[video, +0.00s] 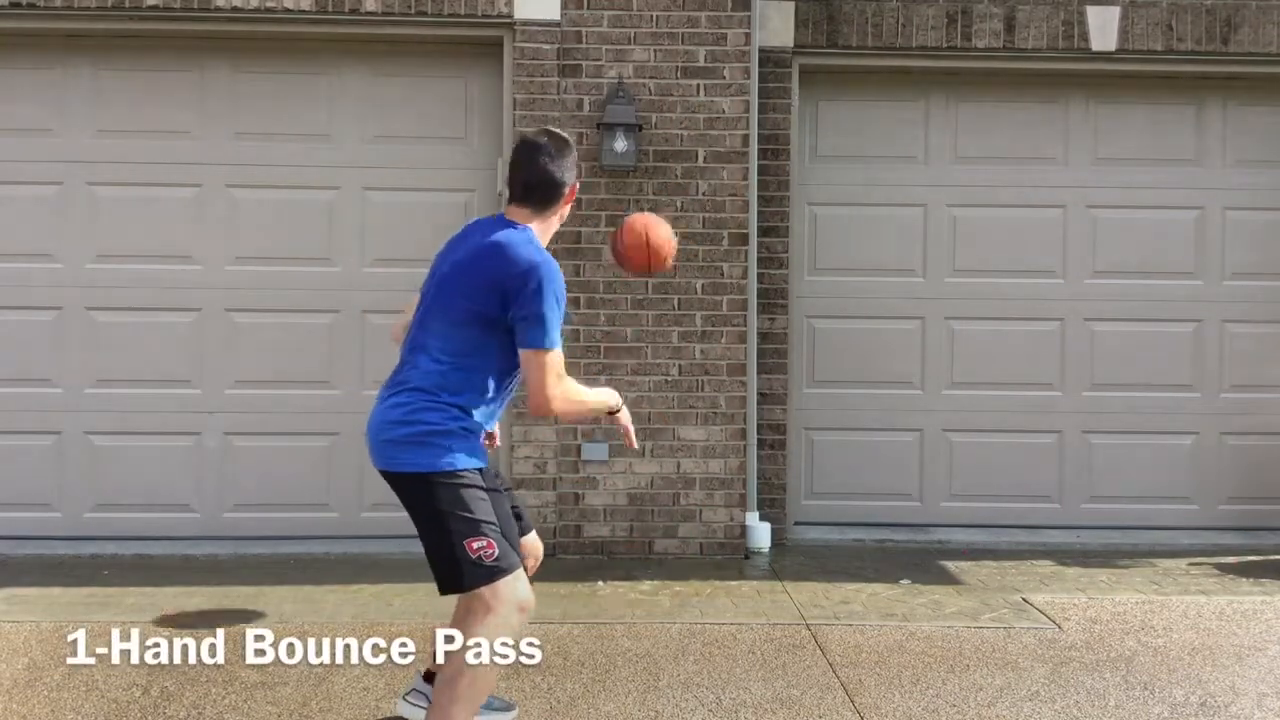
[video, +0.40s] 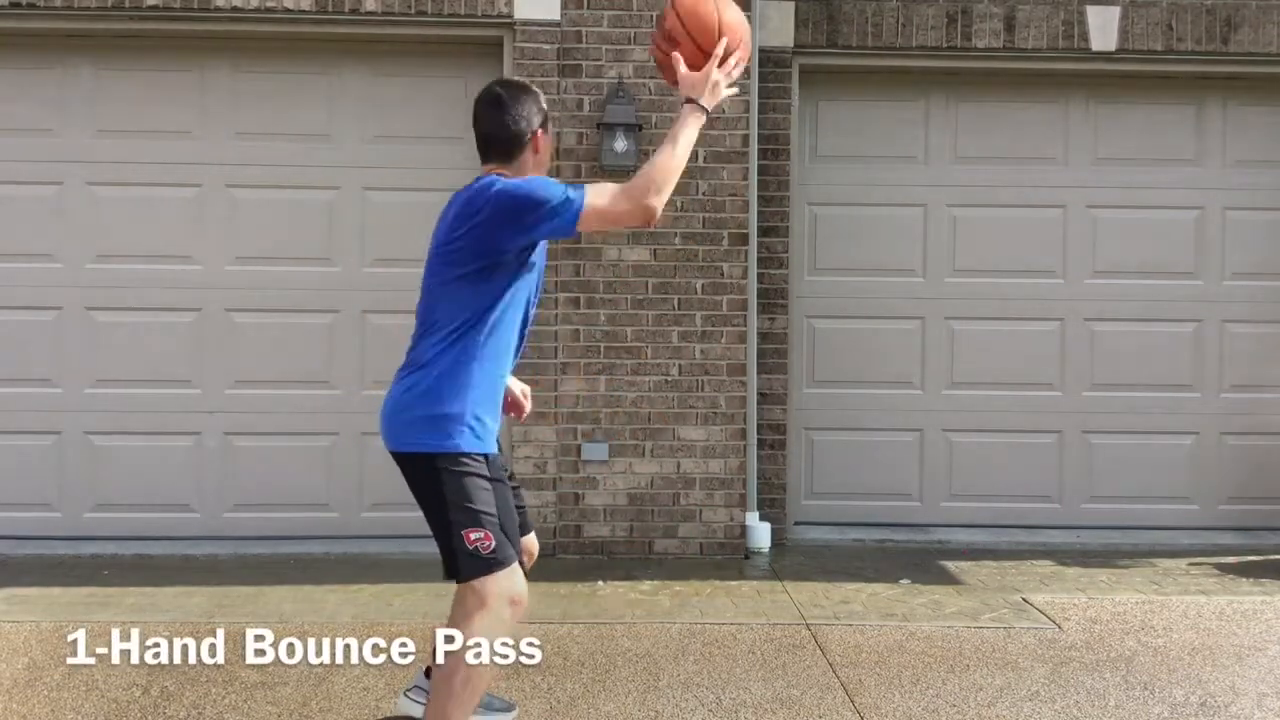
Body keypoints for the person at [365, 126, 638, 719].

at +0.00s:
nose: (576, 199)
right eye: (576, 190)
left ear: (510, 184)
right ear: (570, 196)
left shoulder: (470, 237)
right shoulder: (536, 269)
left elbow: (409, 332)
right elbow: (549, 399)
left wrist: (472, 411)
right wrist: (611, 399)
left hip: (420, 427)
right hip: (433, 437)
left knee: (523, 551)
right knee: (504, 602)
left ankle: (439, 684)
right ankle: (450, 711)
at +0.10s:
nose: (564, 182)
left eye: (562, 172)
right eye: (563, 173)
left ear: (496, 174)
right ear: (556, 182)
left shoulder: (461, 231)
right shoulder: (524, 253)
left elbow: (405, 329)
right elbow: (582, 367)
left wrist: (471, 390)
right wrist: (622, 317)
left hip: (432, 430)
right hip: (441, 440)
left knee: (525, 554)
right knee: (507, 606)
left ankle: (437, 686)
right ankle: (453, 711)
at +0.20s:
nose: (552, 159)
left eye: (547, 150)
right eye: (552, 150)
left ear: (485, 158)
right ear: (543, 160)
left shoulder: (459, 220)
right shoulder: (521, 231)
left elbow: (408, 321)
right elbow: (626, 297)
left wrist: (483, 395)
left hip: (447, 428)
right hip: (444, 436)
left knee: (521, 555)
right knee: (510, 606)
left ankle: (437, 686)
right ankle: (450, 712)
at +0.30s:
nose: (549, 147)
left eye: (547, 138)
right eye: (547, 138)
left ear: (480, 148)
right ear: (536, 146)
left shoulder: (463, 209)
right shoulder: (518, 207)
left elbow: (423, 316)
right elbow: (645, 223)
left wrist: (491, 383)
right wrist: (676, 139)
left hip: (450, 423)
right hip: (444, 432)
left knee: (518, 553)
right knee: (498, 602)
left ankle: (434, 687)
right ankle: (449, 713)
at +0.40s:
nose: (552, 141)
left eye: (547, 129)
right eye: (549, 129)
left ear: (484, 139)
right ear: (538, 137)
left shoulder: (481, 201)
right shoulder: (507, 198)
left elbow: (448, 317)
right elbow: (642, 202)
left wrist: (493, 379)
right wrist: (697, 107)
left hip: (464, 420)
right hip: (440, 424)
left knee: (519, 551)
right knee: (498, 599)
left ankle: (439, 683)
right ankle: (446, 710)